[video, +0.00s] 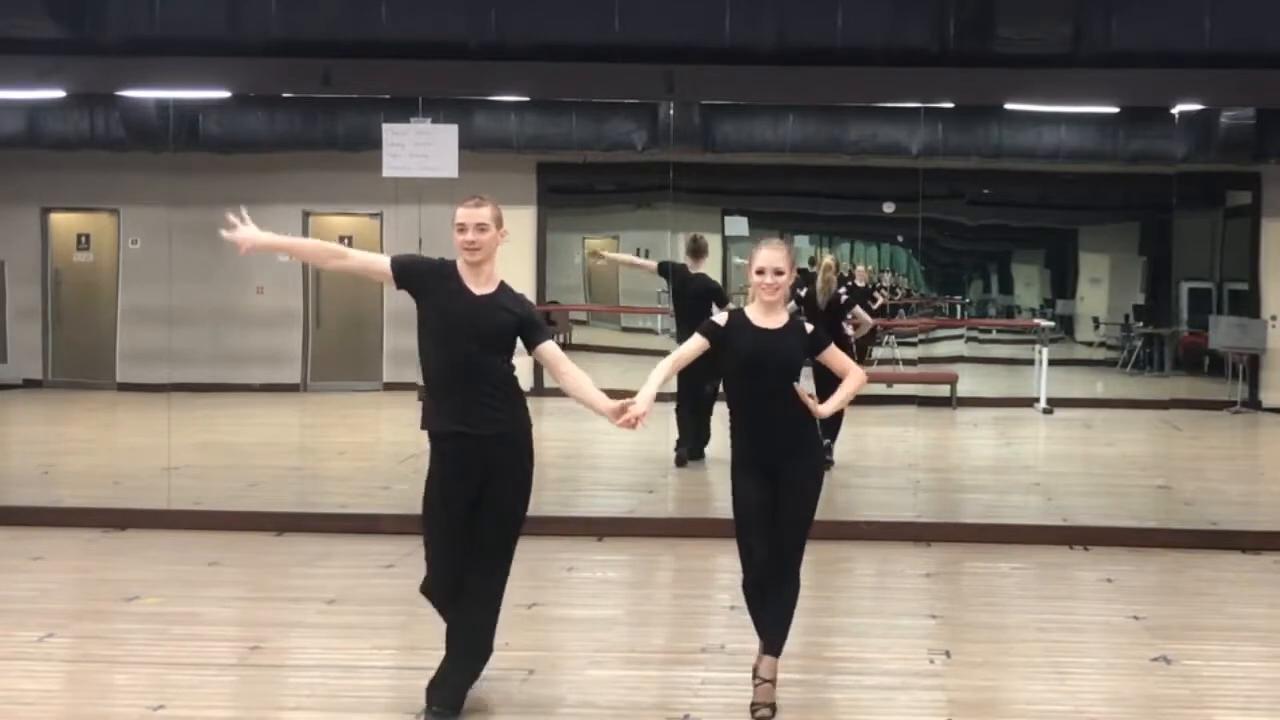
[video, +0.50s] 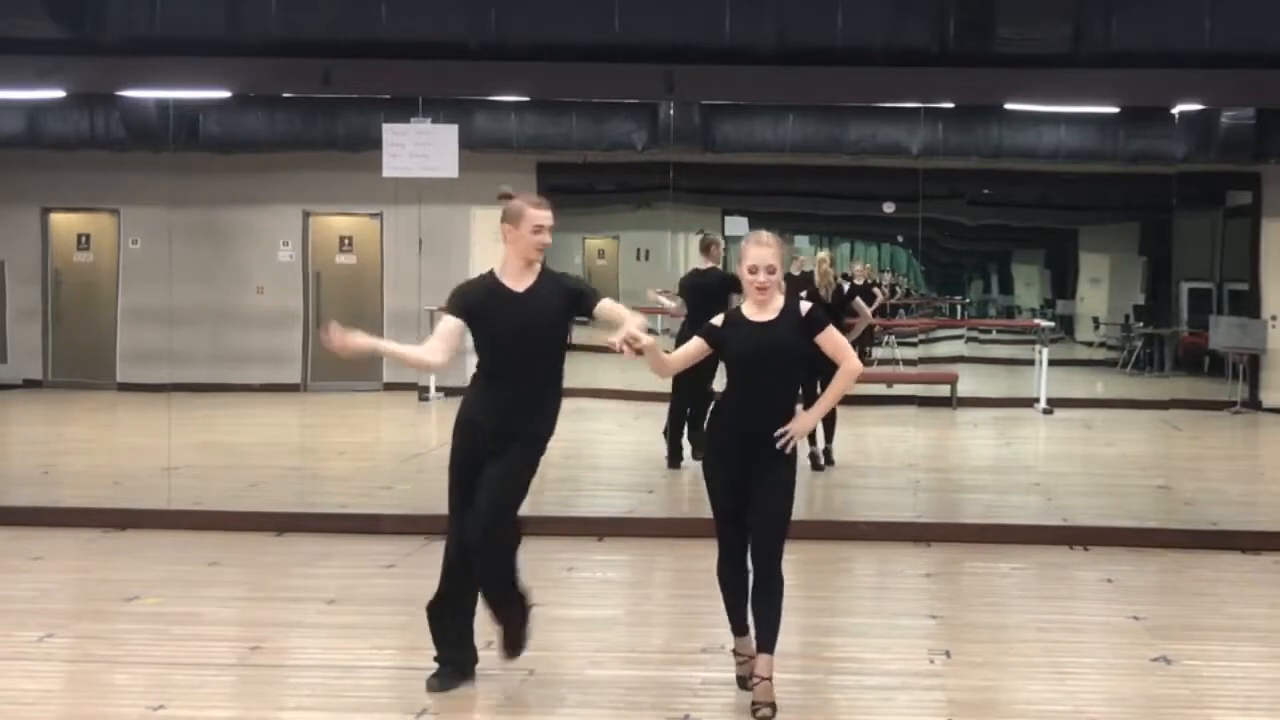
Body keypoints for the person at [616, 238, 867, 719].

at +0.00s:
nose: (769, 280)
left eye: (778, 272)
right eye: (761, 272)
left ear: (792, 277)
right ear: (749, 275)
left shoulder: (806, 330)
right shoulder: (728, 325)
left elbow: (856, 374)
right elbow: (672, 363)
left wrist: (826, 408)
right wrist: (644, 399)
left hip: (799, 456)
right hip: (749, 458)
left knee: (785, 562)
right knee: (756, 565)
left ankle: (767, 669)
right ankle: (769, 650)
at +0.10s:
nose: (768, 281)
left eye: (777, 273)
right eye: (760, 273)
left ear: (791, 277)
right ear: (748, 275)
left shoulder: (805, 328)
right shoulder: (726, 324)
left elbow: (858, 374)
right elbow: (673, 364)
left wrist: (819, 409)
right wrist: (649, 398)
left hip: (796, 455)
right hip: (745, 456)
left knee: (784, 561)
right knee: (753, 563)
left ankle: (769, 669)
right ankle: (755, 644)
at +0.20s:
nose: (767, 280)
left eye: (775, 272)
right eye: (759, 271)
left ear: (790, 274)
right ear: (747, 273)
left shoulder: (809, 325)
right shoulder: (728, 323)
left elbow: (859, 373)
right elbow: (676, 366)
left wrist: (819, 414)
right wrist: (651, 391)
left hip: (791, 452)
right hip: (741, 452)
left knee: (780, 561)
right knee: (749, 565)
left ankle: (769, 671)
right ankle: (748, 644)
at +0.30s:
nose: (764, 278)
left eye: (773, 270)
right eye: (756, 270)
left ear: (790, 272)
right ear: (745, 272)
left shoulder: (811, 320)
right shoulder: (733, 321)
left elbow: (855, 374)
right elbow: (681, 366)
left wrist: (815, 419)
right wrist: (650, 380)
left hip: (785, 451)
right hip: (734, 450)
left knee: (773, 561)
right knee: (738, 563)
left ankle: (769, 670)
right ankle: (744, 646)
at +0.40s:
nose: (763, 277)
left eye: (772, 269)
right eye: (755, 269)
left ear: (788, 271)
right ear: (744, 271)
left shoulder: (808, 317)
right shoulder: (731, 321)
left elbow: (852, 371)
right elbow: (678, 366)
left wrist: (811, 420)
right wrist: (644, 360)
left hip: (781, 449)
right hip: (730, 446)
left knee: (767, 557)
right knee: (735, 554)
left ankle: (766, 668)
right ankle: (741, 643)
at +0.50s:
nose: (761, 278)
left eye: (770, 270)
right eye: (753, 270)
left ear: (783, 272)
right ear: (740, 273)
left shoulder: (803, 315)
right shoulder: (725, 323)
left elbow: (851, 366)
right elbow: (668, 366)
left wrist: (812, 415)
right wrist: (646, 344)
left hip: (777, 449)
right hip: (726, 447)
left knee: (768, 557)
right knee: (732, 552)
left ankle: (765, 666)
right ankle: (742, 643)